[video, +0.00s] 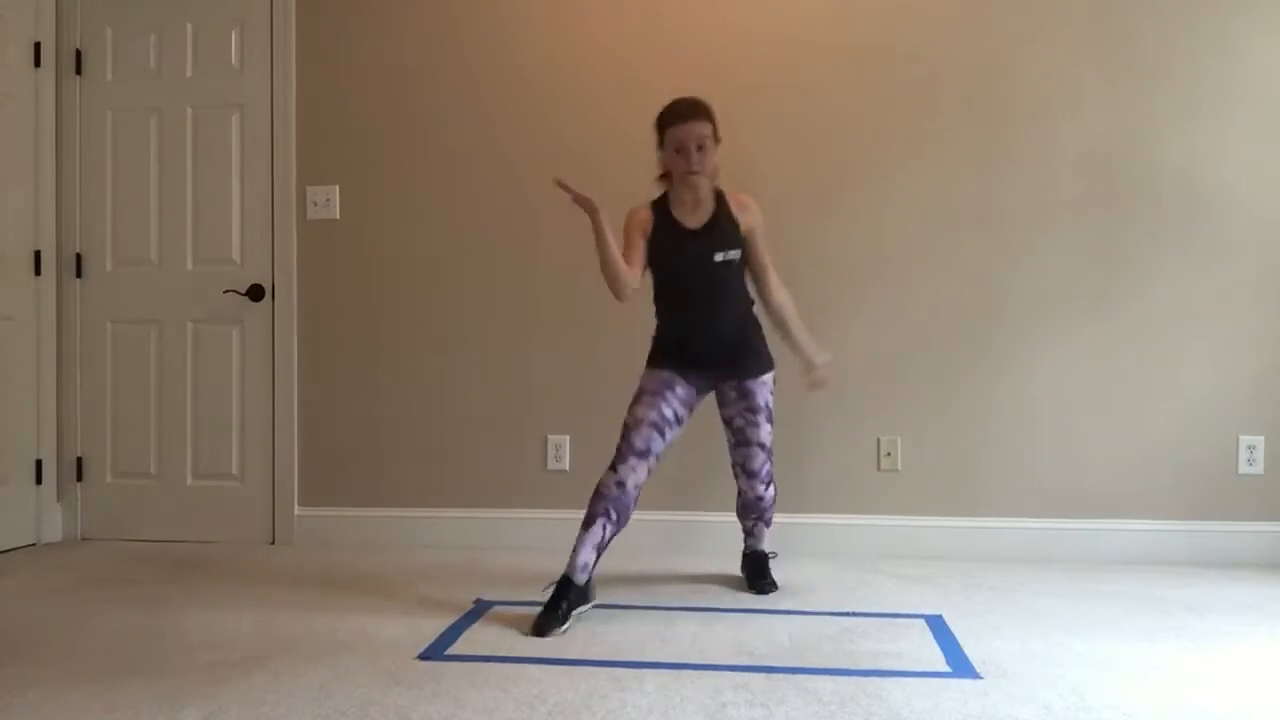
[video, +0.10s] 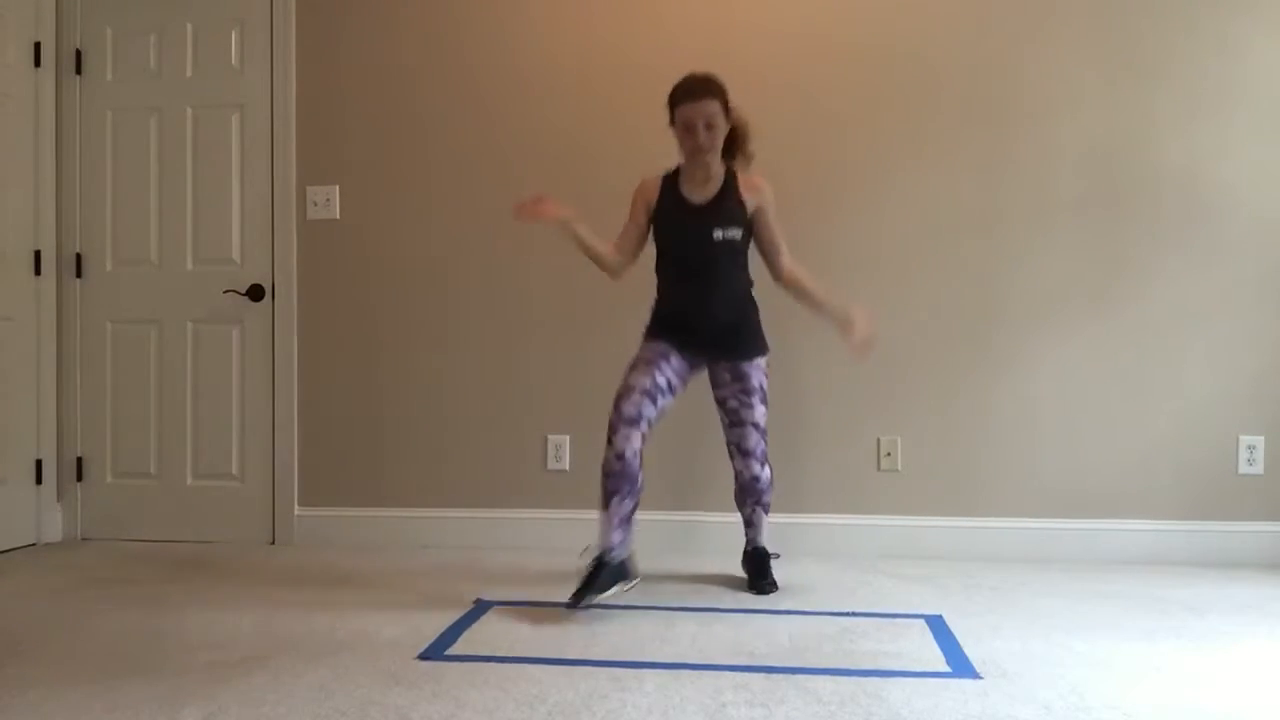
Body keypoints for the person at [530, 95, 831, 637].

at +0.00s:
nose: (693, 156)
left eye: (703, 145)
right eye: (681, 147)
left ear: (718, 150)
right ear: (663, 156)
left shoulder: (740, 209)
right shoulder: (647, 218)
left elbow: (768, 282)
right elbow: (624, 287)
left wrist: (807, 350)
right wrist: (597, 220)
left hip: (743, 358)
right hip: (675, 361)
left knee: (755, 467)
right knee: (628, 468)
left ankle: (757, 553)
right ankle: (574, 582)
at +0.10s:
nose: (699, 137)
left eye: (709, 125)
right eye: (688, 127)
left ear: (727, 127)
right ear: (673, 130)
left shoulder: (749, 190)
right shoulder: (654, 191)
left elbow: (782, 270)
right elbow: (617, 263)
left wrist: (842, 314)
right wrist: (567, 220)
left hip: (737, 340)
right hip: (672, 337)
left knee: (750, 457)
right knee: (625, 424)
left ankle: (756, 550)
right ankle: (614, 556)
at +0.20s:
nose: (704, 113)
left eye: (713, 100)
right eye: (692, 102)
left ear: (733, 99)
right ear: (679, 104)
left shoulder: (751, 166)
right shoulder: (656, 158)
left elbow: (777, 248)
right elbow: (615, 229)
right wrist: (552, 269)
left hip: (716, 314)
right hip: (651, 307)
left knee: (732, 434)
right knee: (631, 416)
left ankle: (748, 541)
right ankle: (656, 518)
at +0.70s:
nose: (714, 112)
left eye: (721, 102)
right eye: (705, 100)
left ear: (724, 104)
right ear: (671, 98)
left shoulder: (723, 153)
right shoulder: (628, 164)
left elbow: (763, 229)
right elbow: (598, 244)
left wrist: (827, 260)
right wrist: (548, 218)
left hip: (742, 305)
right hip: (678, 314)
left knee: (771, 427)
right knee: (667, 433)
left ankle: (802, 558)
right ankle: (674, 549)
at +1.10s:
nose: (688, 101)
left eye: (697, 86)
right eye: (678, 92)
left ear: (729, 78)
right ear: (673, 96)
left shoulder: (766, 153)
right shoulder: (674, 151)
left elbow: (805, 240)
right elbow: (639, 235)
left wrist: (879, 246)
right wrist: (568, 249)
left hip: (734, 322)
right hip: (662, 317)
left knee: (768, 451)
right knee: (615, 408)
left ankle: (815, 585)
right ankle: (631, 528)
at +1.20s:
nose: (680, 105)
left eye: (688, 90)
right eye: (670, 95)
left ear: (722, 83)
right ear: (666, 100)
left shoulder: (757, 160)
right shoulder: (659, 158)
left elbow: (784, 248)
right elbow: (624, 241)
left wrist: (821, 194)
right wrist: (575, 302)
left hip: (704, 325)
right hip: (630, 316)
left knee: (748, 454)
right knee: (592, 447)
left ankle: (800, 582)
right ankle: (582, 569)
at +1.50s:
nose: (666, 87)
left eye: (676, 76)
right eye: (653, 78)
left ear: (694, 84)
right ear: (635, 87)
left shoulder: (707, 160)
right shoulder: (613, 151)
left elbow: (736, 253)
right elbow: (570, 233)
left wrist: (814, 264)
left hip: (688, 323)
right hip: (617, 324)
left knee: (737, 442)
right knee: (592, 456)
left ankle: (771, 569)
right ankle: (570, 590)